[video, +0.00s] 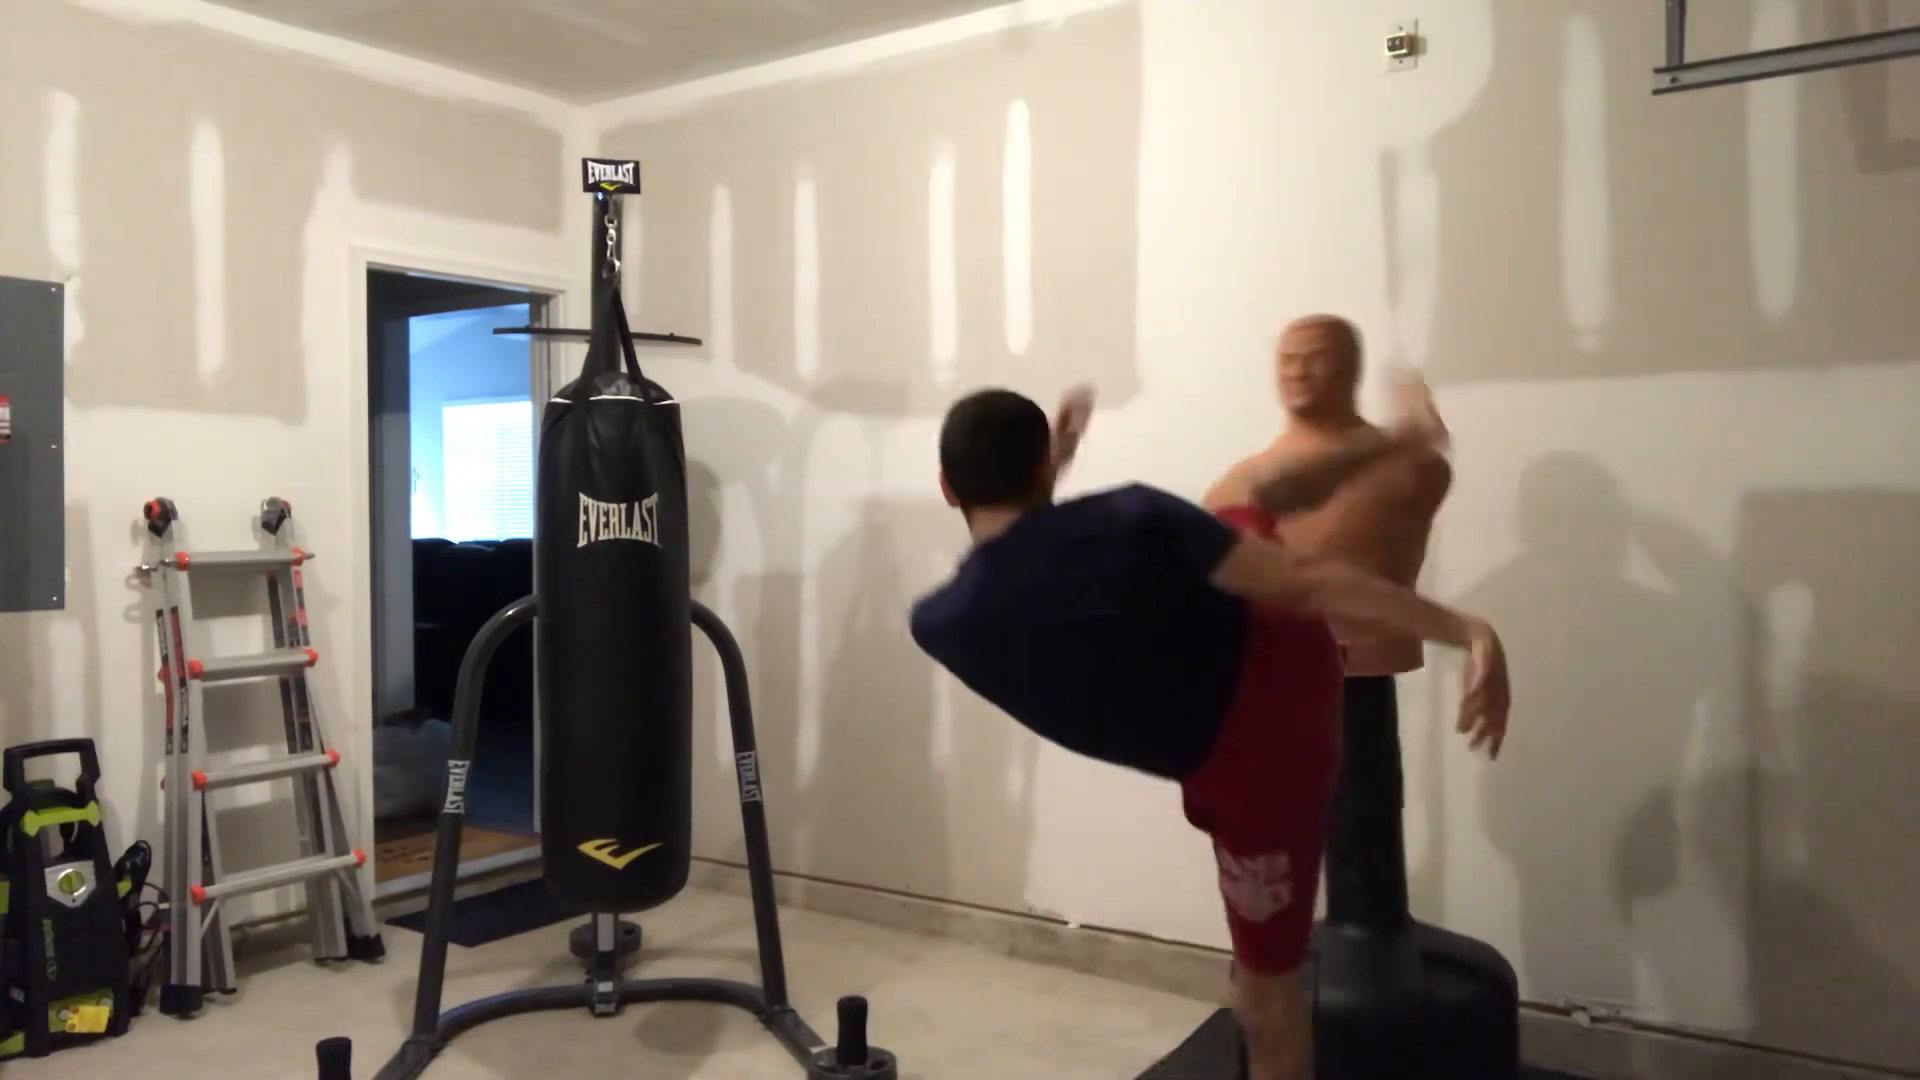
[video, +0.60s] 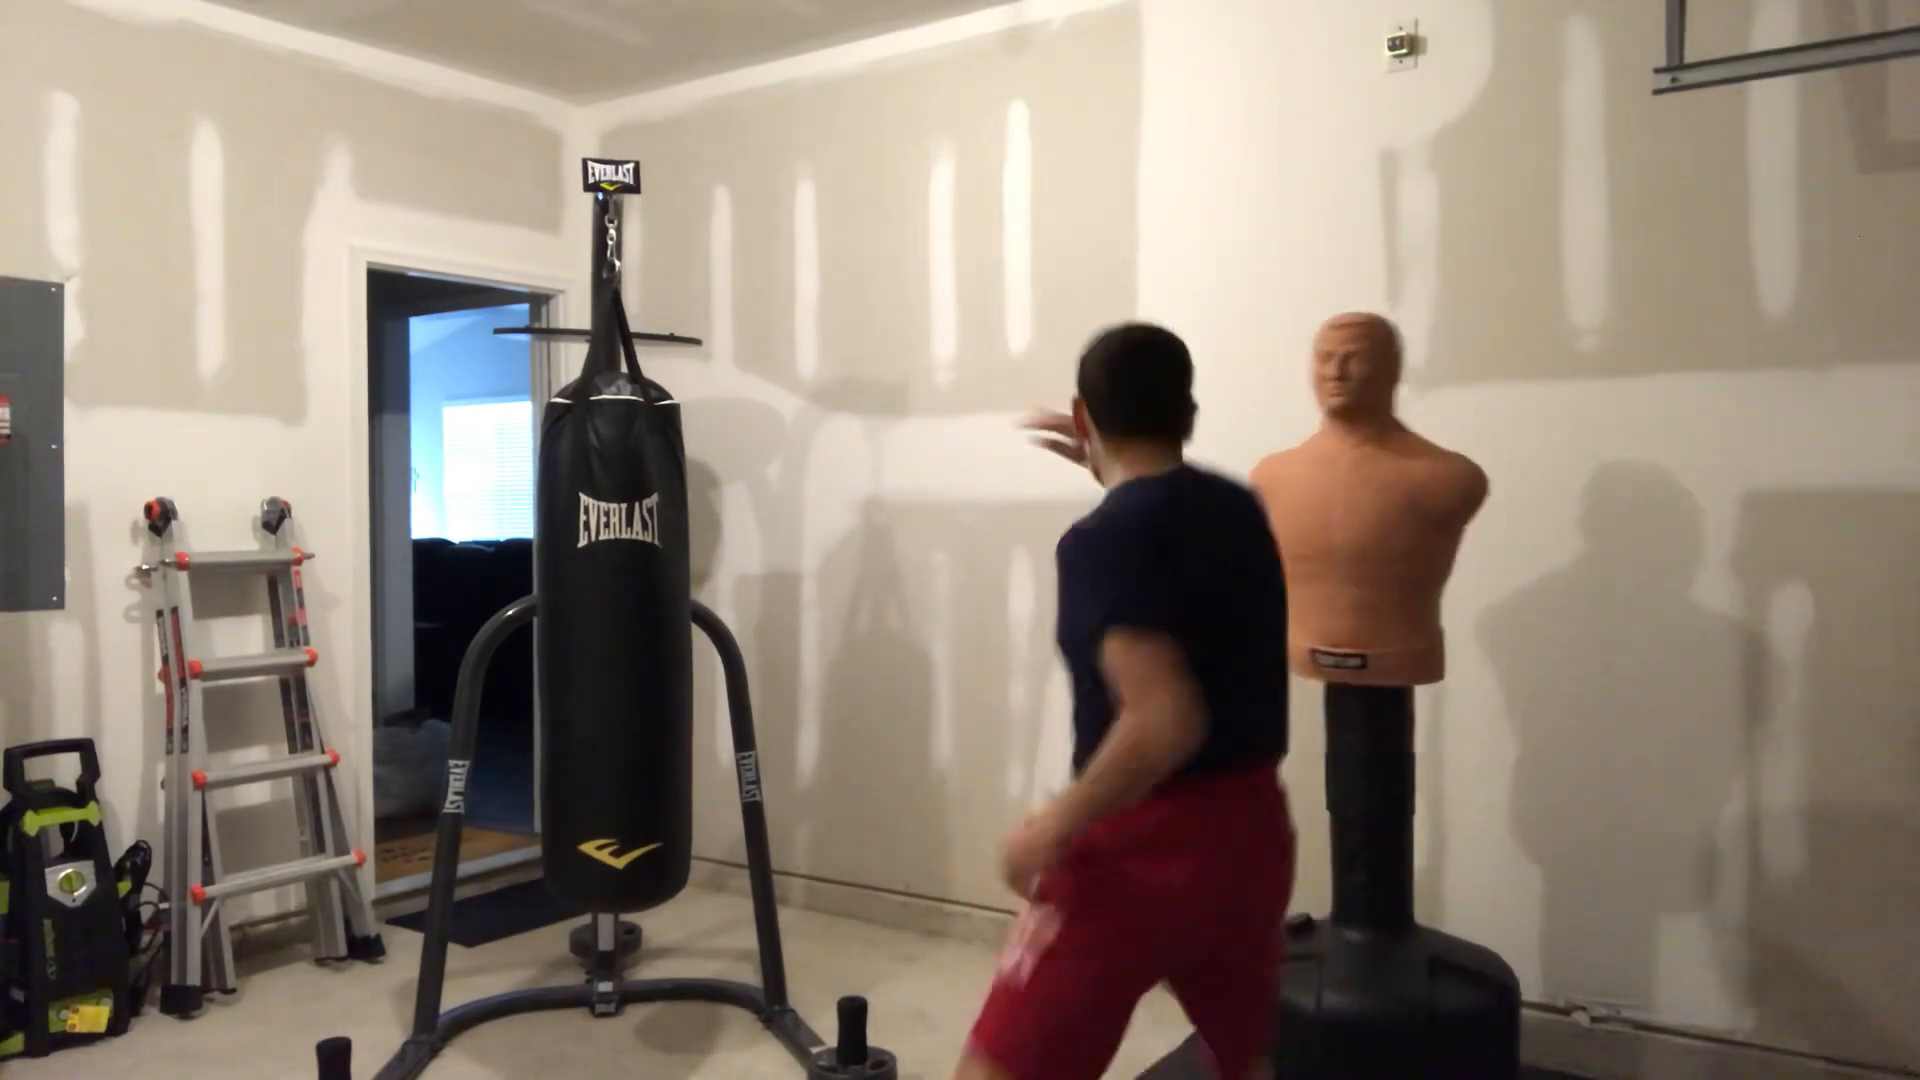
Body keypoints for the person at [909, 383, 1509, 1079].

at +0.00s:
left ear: (946, 492)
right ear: (1044, 475)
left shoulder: (942, 625)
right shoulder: (1129, 516)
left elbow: (998, 560)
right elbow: (1296, 578)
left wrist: (1048, 462)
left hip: (1237, 776)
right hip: (1286, 658)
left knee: (1269, 1007)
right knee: (1256, 516)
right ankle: (1420, 449)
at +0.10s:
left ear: (953, 508)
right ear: (1057, 480)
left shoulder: (961, 659)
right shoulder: (1141, 528)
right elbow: (1319, 559)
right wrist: (1478, 573)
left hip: (1264, 791)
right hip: (1297, 663)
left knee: (1253, 1015)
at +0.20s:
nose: (952, 494)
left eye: (954, 481)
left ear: (965, 498)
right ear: (1059, 468)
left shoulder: (992, 646)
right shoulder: (1143, 513)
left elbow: (911, 788)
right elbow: (1283, 499)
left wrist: (915, 705)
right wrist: (1367, 459)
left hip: (1256, 803)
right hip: (1304, 678)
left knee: (1223, 1032)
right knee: (1264, 612)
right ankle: (1446, 711)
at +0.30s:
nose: (985, 432)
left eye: (986, 419)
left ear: (995, 433)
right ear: (1088, 411)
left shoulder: (1010, 574)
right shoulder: (1167, 473)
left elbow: (928, 769)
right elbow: (1264, 441)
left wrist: (877, 782)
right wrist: (1243, 377)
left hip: (1214, 804)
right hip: (1296, 712)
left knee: (1192, 1046)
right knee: (1354, 767)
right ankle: (1412, 920)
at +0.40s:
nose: (1017, 374)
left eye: (1017, 361)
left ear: (1026, 371)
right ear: (1123, 352)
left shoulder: (1051, 482)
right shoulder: (1208, 423)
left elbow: (1040, 673)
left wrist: (957, 801)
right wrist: (1118, 376)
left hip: (1180, 756)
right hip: (1281, 714)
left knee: (1124, 1009)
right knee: (1334, 871)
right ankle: (1357, 1060)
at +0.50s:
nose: (1055, 391)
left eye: (1055, 375)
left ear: (1065, 380)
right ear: (1160, 365)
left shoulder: (1090, 494)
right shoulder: (1224, 443)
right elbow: (1139, 444)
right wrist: (1058, 415)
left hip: (1163, 772)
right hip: (1266, 757)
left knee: (1035, 1016)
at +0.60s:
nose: (1081, 418)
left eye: (1083, 406)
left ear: (1088, 416)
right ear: (1188, 412)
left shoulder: (1104, 538)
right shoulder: (1243, 510)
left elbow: (1164, 719)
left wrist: (1052, 826)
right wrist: (1108, 458)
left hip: (1136, 844)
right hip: (1250, 835)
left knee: (997, 1064)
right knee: (1248, 1060)